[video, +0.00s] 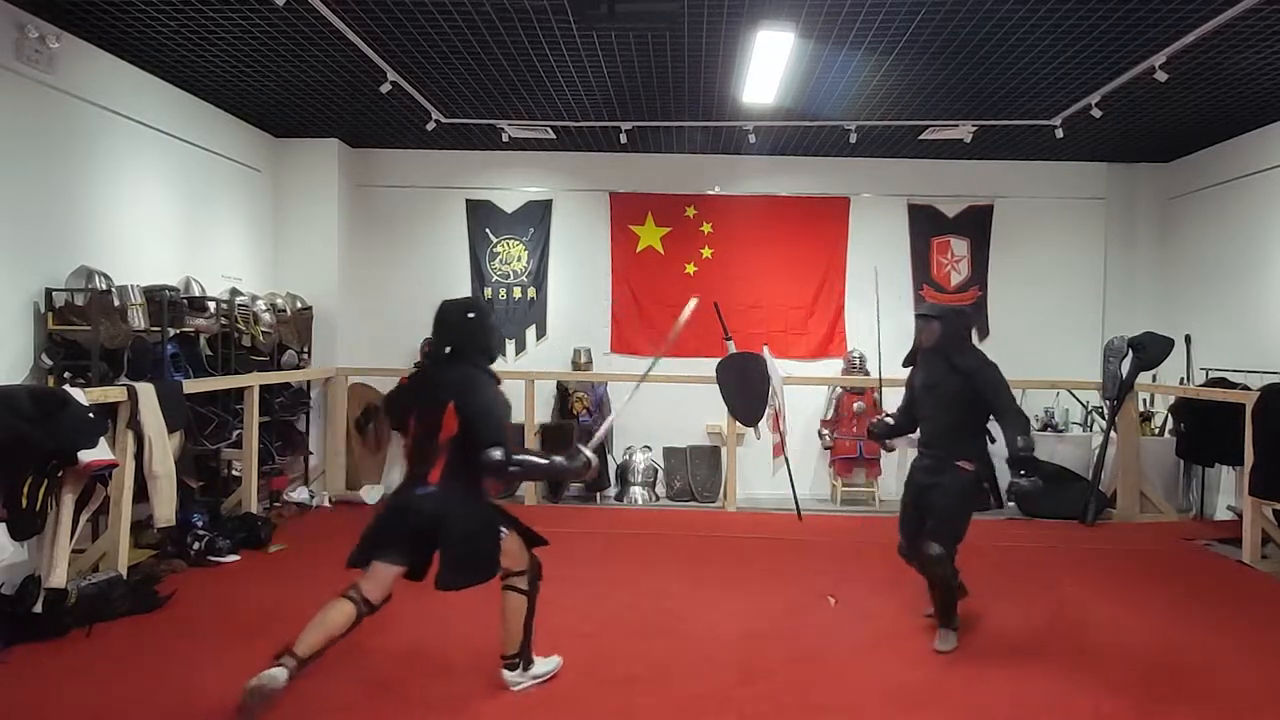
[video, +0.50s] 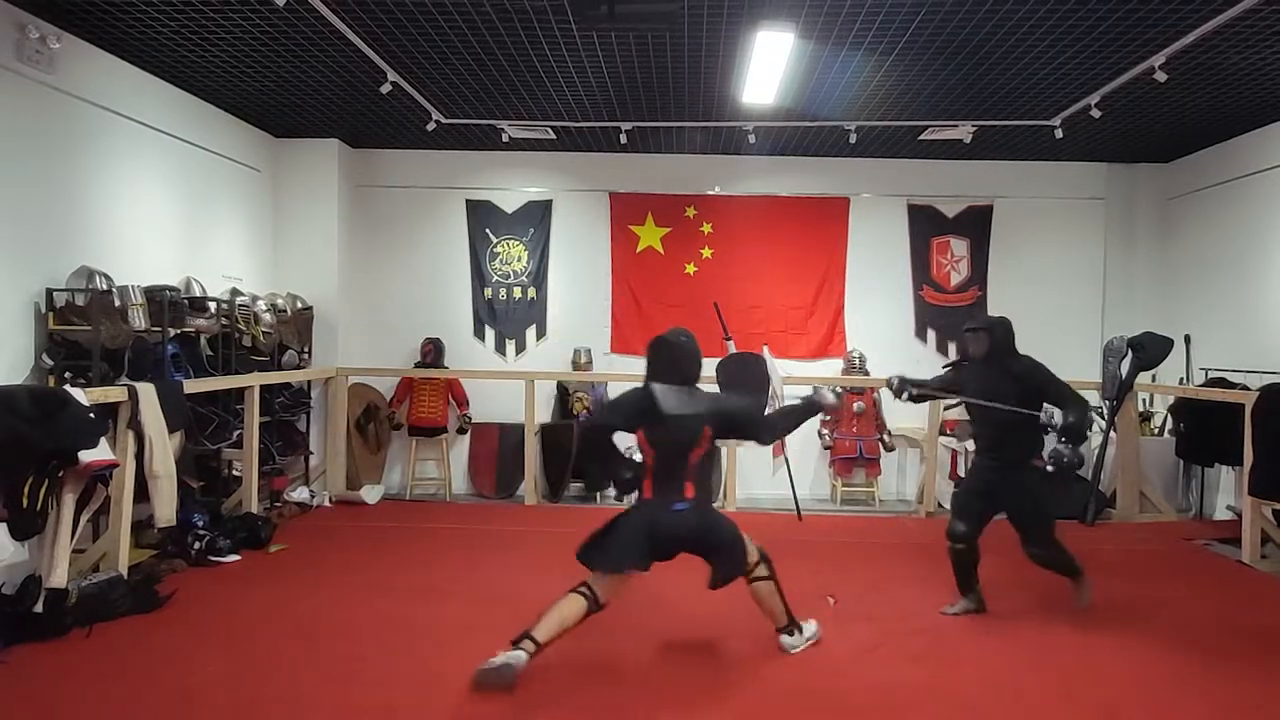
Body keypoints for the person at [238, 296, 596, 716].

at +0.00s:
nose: (498, 341)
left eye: (493, 332)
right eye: (492, 334)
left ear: (446, 339)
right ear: (482, 341)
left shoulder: (423, 378)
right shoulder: (483, 390)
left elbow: (390, 415)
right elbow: (495, 472)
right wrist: (566, 468)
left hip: (411, 501)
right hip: (461, 505)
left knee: (364, 592)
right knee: (521, 565)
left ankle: (285, 666)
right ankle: (517, 666)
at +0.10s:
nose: (535, 330)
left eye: (533, 320)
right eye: (531, 321)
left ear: (481, 322)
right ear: (521, 324)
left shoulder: (460, 367)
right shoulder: (520, 375)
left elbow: (426, 401)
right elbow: (556, 443)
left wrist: (459, 425)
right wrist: (618, 450)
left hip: (454, 493)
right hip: (500, 497)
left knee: (442, 579)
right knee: (551, 566)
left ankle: (390, 656)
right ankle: (523, 663)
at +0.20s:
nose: (563, 326)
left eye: (560, 317)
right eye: (560, 318)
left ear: (509, 322)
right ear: (550, 324)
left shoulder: (488, 369)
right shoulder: (560, 377)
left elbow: (458, 398)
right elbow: (607, 424)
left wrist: (492, 427)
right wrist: (669, 430)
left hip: (495, 492)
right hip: (544, 494)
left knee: (501, 581)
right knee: (592, 557)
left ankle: (481, 664)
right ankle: (547, 643)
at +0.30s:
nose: (601, 346)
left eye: (598, 338)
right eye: (597, 339)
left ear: (546, 342)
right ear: (587, 345)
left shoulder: (522, 385)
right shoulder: (598, 393)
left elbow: (493, 411)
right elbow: (656, 430)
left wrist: (532, 444)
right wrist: (713, 408)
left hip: (534, 510)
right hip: (583, 508)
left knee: (514, 597)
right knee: (647, 541)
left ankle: (476, 678)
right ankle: (643, 637)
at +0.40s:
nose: (647, 352)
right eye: (643, 346)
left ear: (597, 353)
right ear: (638, 357)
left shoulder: (573, 393)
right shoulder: (651, 400)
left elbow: (532, 423)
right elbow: (704, 446)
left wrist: (571, 448)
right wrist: (755, 408)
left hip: (585, 515)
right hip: (642, 514)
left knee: (537, 586)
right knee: (701, 549)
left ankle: (482, 664)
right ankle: (748, 622)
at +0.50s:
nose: (675, 365)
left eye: (663, 360)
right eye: (688, 358)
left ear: (653, 366)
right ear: (695, 368)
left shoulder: (637, 402)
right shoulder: (713, 405)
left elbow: (590, 430)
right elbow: (768, 428)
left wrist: (621, 473)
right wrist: (814, 403)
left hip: (645, 517)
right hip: (699, 517)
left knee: (592, 590)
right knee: (755, 562)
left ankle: (520, 652)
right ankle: (790, 631)